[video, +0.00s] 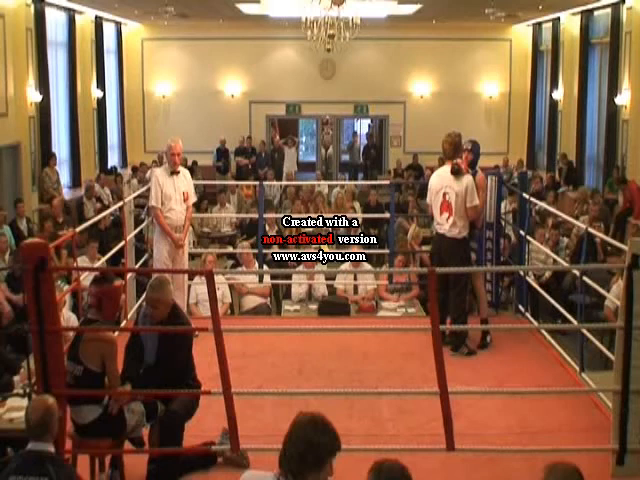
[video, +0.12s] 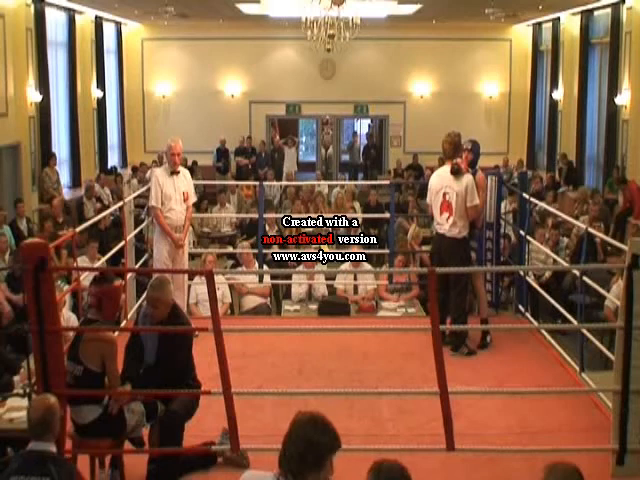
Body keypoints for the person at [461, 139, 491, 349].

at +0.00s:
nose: (466, 155)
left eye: (470, 152)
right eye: (465, 151)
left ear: (476, 155)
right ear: (461, 152)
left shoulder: (479, 176)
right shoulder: (456, 173)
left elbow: (480, 205)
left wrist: (474, 222)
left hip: (474, 229)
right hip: (457, 228)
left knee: (477, 278)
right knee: (457, 279)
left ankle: (484, 324)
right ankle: (455, 322)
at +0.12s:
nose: (466, 155)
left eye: (469, 152)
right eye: (464, 151)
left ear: (475, 155)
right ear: (461, 152)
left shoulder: (479, 176)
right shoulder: (456, 173)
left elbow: (480, 204)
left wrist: (474, 222)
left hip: (474, 229)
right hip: (457, 228)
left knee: (477, 279)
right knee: (458, 279)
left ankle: (484, 324)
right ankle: (456, 322)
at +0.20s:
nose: (465, 155)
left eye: (468, 152)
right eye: (464, 151)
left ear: (474, 155)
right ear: (462, 153)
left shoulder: (479, 176)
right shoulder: (457, 173)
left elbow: (480, 204)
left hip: (475, 229)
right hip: (459, 229)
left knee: (478, 279)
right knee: (459, 279)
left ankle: (484, 325)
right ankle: (456, 323)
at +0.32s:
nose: (465, 155)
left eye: (468, 152)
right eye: (464, 151)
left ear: (474, 155)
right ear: (461, 152)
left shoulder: (479, 176)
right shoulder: (456, 173)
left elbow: (481, 204)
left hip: (475, 231)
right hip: (459, 230)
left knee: (478, 280)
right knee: (459, 281)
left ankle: (484, 325)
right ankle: (456, 324)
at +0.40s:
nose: (463, 156)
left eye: (466, 152)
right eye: (463, 152)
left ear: (471, 154)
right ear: (466, 153)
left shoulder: (479, 176)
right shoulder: (457, 173)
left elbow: (481, 203)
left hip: (475, 229)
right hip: (460, 229)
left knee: (478, 279)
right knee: (461, 280)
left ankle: (484, 325)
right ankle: (456, 322)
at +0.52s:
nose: (462, 156)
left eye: (465, 153)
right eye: (462, 152)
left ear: (471, 155)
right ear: (468, 153)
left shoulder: (479, 176)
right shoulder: (458, 174)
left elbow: (481, 204)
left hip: (475, 231)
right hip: (462, 230)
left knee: (478, 280)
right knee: (463, 281)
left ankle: (484, 325)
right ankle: (456, 323)